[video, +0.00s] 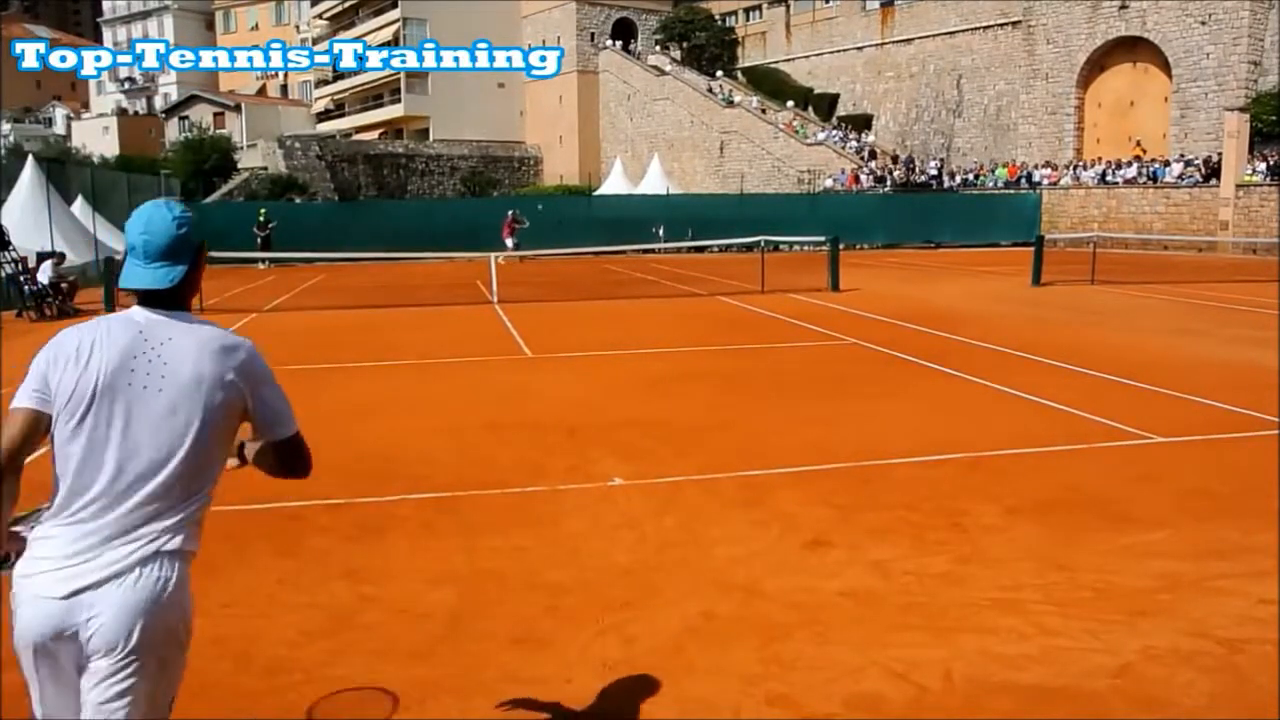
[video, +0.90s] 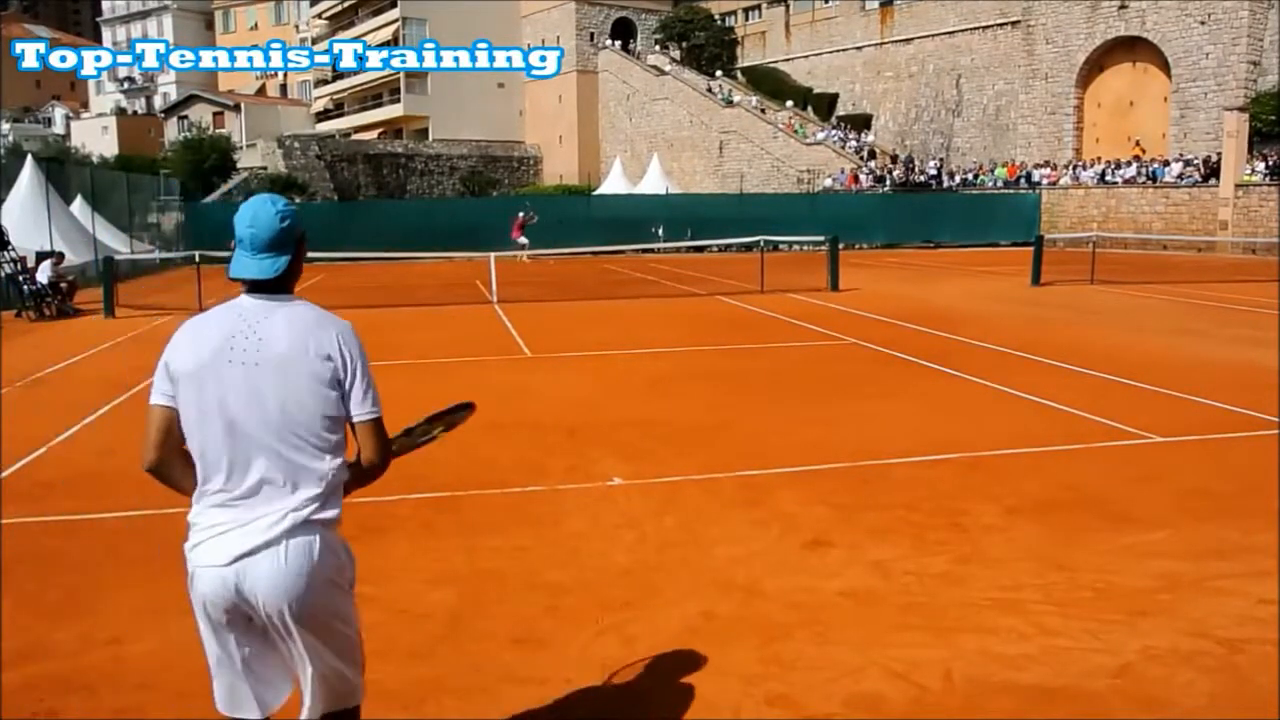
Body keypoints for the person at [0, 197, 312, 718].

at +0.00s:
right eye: (198, 264)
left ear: (127, 265)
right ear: (196, 270)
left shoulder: (68, 345)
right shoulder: (229, 353)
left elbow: (8, 453)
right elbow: (295, 462)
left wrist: (4, 535)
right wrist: (247, 450)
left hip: (43, 592)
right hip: (141, 599)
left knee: (56, 711)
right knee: (115, 711)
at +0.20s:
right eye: (223, 239)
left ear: (155, 240)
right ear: (223, 246)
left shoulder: (101, 323)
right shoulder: (262, 326)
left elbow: (40, 446)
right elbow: (321, 433)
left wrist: (69, 524)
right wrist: (264, 447)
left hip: (97, 559)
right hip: (193, 565)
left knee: (108, 700)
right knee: (145, 710)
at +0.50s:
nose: (256, 239)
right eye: (254, 232)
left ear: (187, 235)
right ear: (252, 239)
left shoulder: (132, 318)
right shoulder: (293, 319)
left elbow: (85, 440)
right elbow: (344, 432)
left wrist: (139, 495)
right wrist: (291, 459)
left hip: (148, 547)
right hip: (242, 548)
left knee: (175, 704)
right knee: (201, 710)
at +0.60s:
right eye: (263, 238)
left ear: (201, 240)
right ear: (267, 245)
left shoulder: (148, 325)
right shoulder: (306, 323)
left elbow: (109, 446)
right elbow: (354, 441)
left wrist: (169, 491)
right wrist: (304, 469)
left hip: (171, 553)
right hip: (262, 553)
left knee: (195, 705)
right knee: (244, 711)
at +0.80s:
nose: (281, 253)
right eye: (283, 246)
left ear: (218, 248)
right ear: (282, 252)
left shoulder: (168, 332)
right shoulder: (318, 328)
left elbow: (133, 452)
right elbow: (364, 449)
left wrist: (197, 490)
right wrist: (309, 478)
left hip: (192, 560)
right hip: (281, 557)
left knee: (225, 709)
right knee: (291, 709)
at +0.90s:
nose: (296, 256)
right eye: (298, 250)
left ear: (236, 255)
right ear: (299, 258)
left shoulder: (189, 337)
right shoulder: (332, 335)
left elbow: (158, 457)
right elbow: (374, 457)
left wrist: (218, 492)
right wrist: (329, 481)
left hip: (212, 563)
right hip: (301, 563)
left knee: (242, 710)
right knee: (334, 700)